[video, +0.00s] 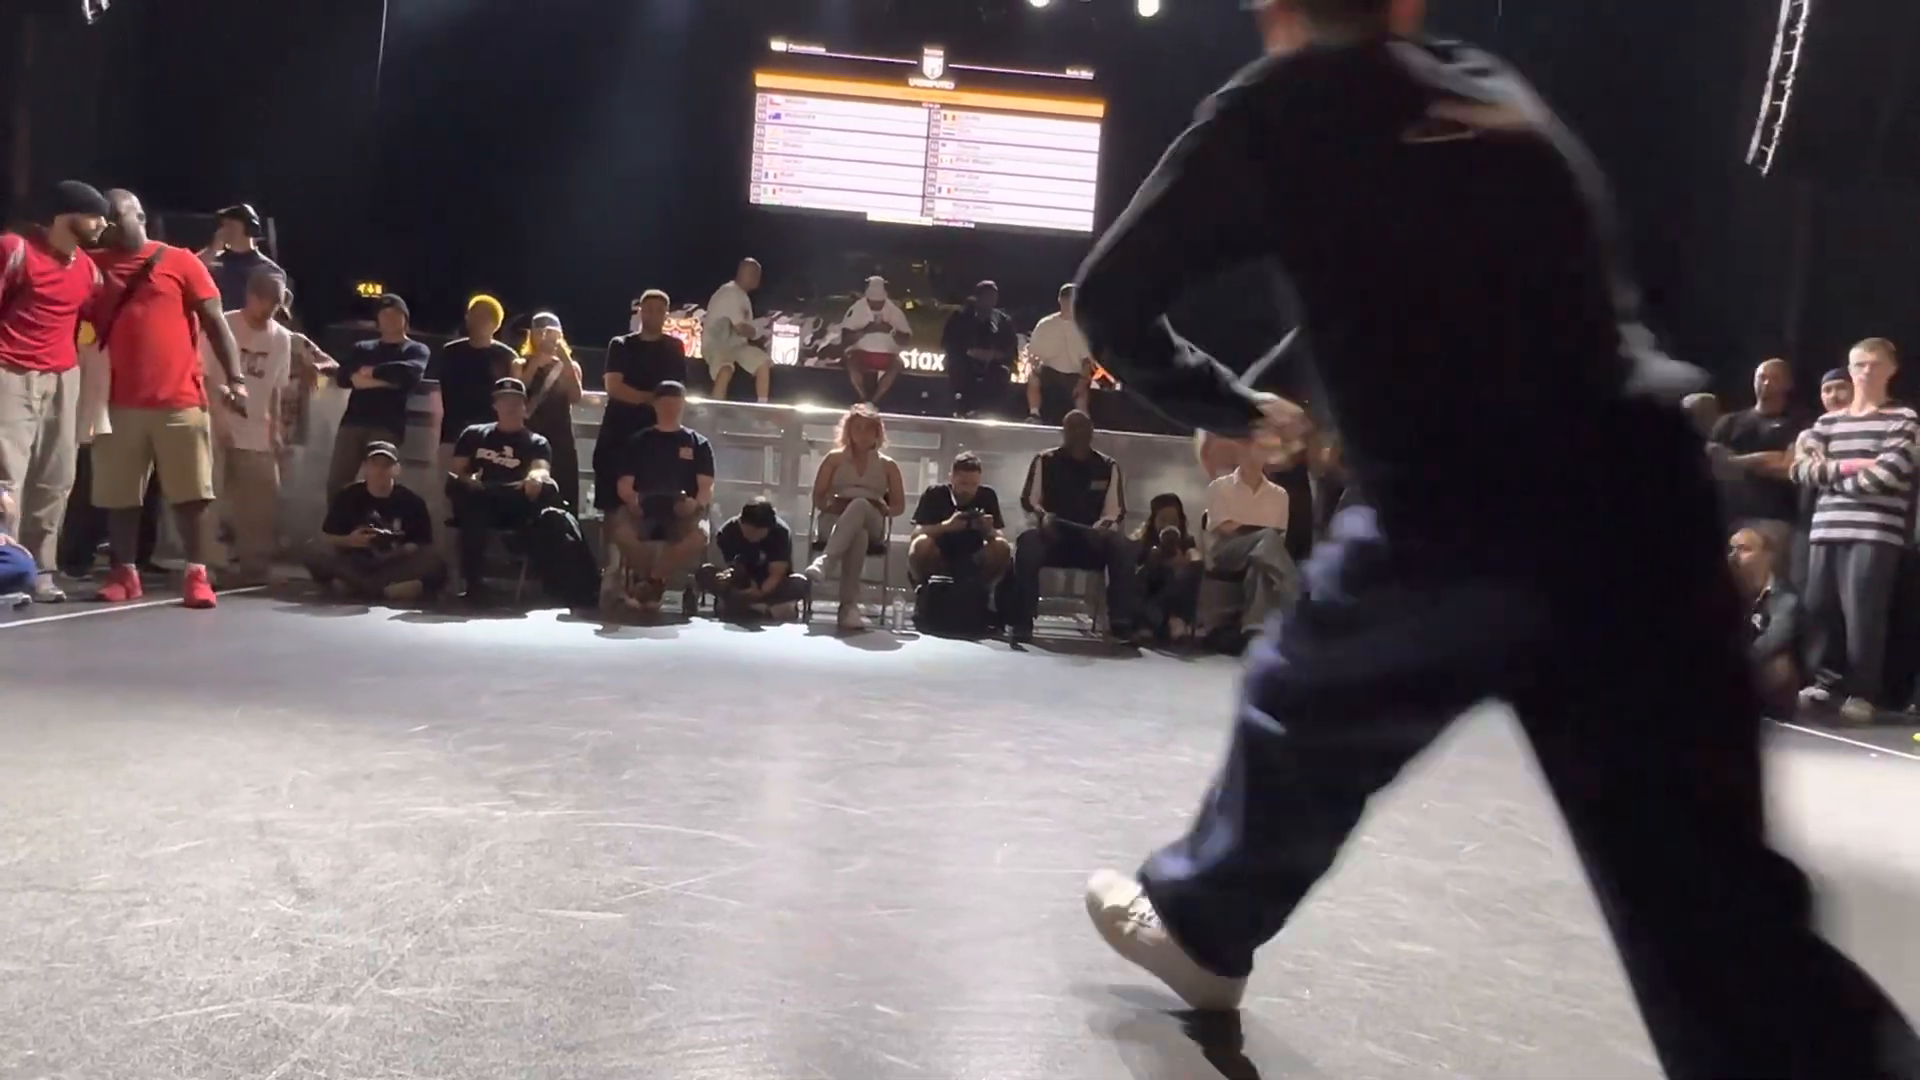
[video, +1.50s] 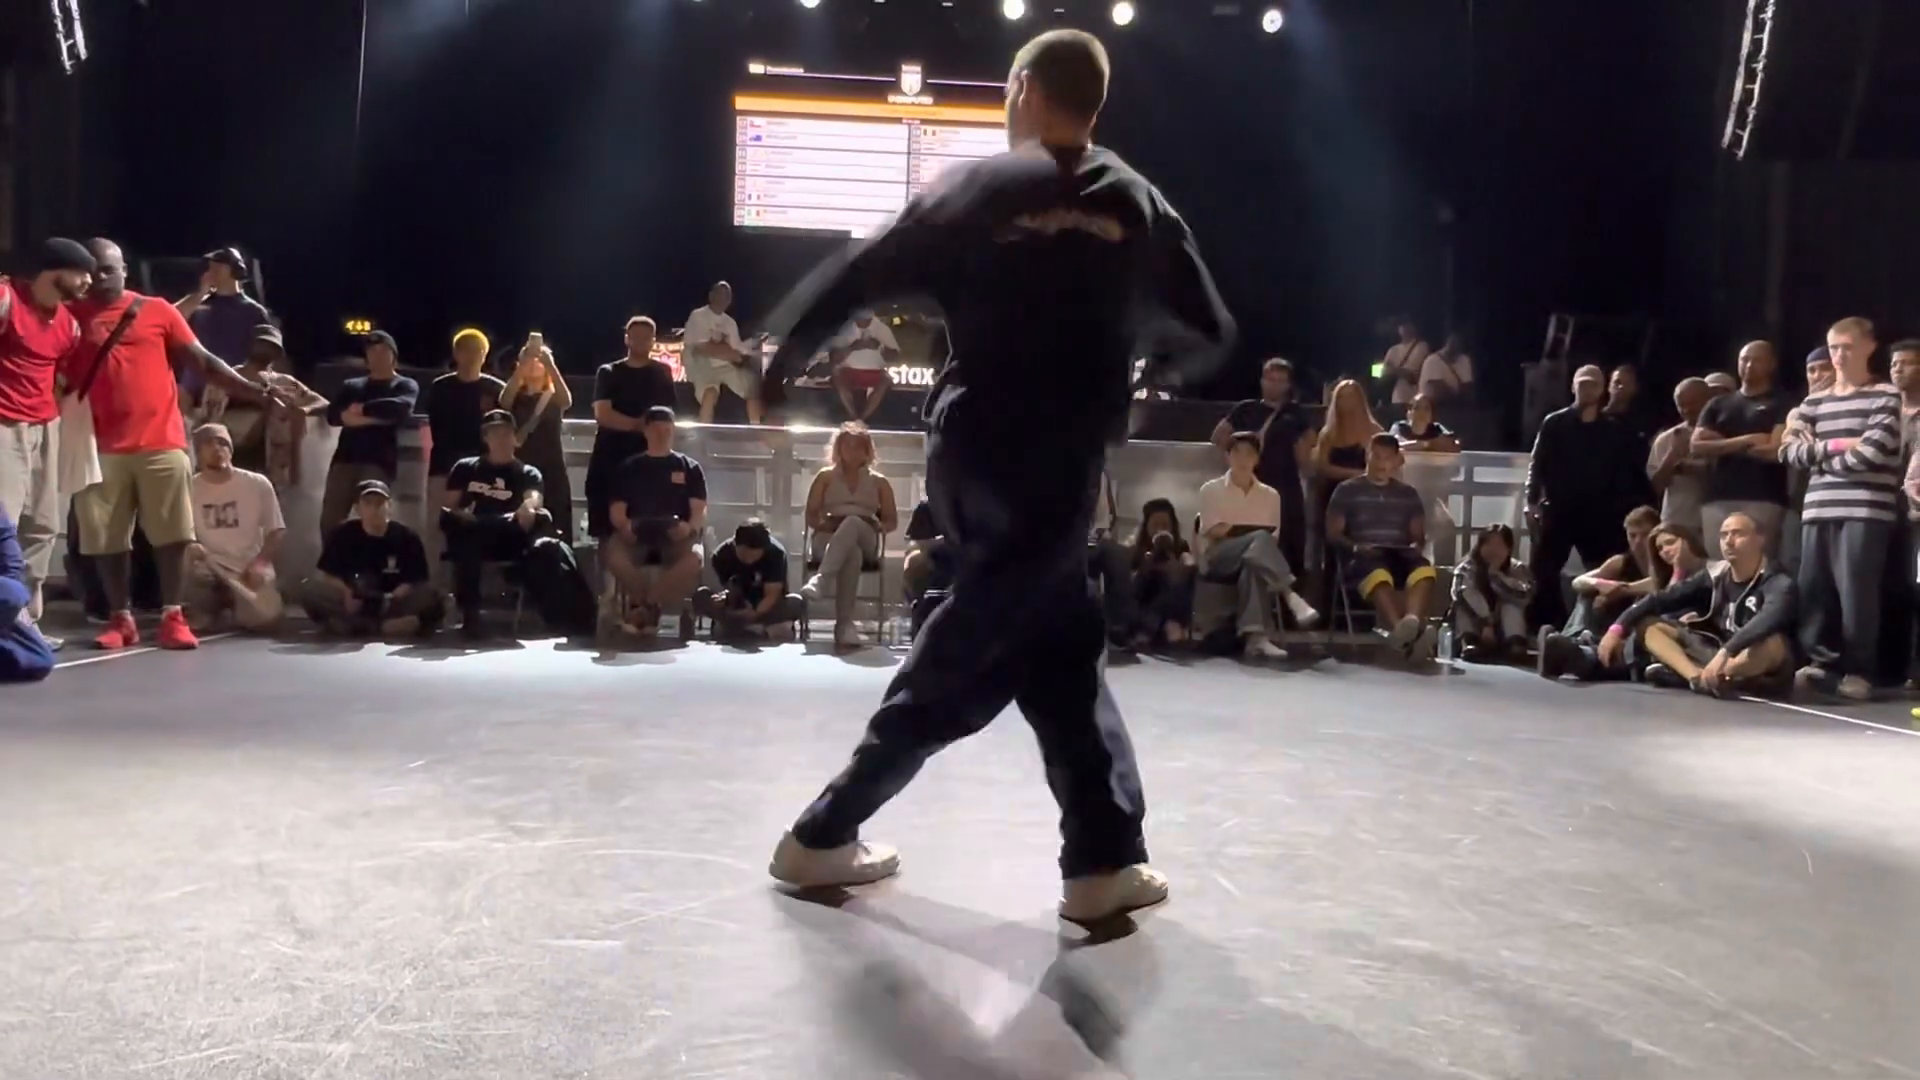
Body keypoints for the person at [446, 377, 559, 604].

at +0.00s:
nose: (511, 406)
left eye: (516, 401)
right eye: (505, 401)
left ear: (524, 407)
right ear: (495, 405)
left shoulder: (537, 443)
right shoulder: (474, 434)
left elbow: (540, 469)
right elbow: (455, 476)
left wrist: (536, 479)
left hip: (519, 499)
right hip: (483, 499)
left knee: (547, 491)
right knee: (466, 497)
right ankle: (473, 582)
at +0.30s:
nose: (501, 410)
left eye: (506, 405)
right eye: (496, 405)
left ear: (515, 410)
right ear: (486, 409)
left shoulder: (528, 446)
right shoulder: (465, 438)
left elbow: (532, 471)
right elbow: (445, 479)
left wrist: (527, 480)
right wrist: (462, 485)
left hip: (509, 500)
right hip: (474, 500)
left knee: (539, 493)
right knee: (459, 511)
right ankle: (465, 586)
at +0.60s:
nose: (498, 420)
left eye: (503, 414)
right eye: (492, 414)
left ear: (512, 420)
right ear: (482, 419)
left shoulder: (526, 457)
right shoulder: (462, 449)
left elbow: (529, 484)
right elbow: (443, 489)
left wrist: (523, 493)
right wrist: (461, 497)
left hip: (507, 511)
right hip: (472, 510)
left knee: (537, 502)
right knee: (457, 517)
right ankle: (465, 596)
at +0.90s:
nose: (491, 413)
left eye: (496, 407)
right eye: (485, 407)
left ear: (506, 412)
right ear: (477, 412)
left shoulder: (520, 449)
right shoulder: (457, 443)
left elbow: (525, 475)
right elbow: (437, 482)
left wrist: (518, 486)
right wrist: (456, 491)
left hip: (502, 505)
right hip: (467, 505)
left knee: (533, 497)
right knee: (451, 513)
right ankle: (461, 591)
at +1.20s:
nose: (500, 434)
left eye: (505, 429)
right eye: (494, 429)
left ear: (514, 433)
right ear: (485, 433)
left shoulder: (528, 469)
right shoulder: (465, 463)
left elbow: (532, 492)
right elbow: (448, 503)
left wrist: (527, 503)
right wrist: (462, 510)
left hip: (511, 524)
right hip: (475, 523)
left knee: (540, 515)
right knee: (459, 529)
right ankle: (468, 609)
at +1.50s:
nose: (501, 439)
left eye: (506, 433)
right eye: (495, 433)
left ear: (515, 437)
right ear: (485, 438)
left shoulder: (529, 473)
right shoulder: (466, 468)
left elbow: (533, 502)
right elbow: (448, 511)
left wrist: (528, 508)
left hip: (511, 534)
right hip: (475, 534)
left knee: (538, 519)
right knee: (462, 536)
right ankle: (471, 615)